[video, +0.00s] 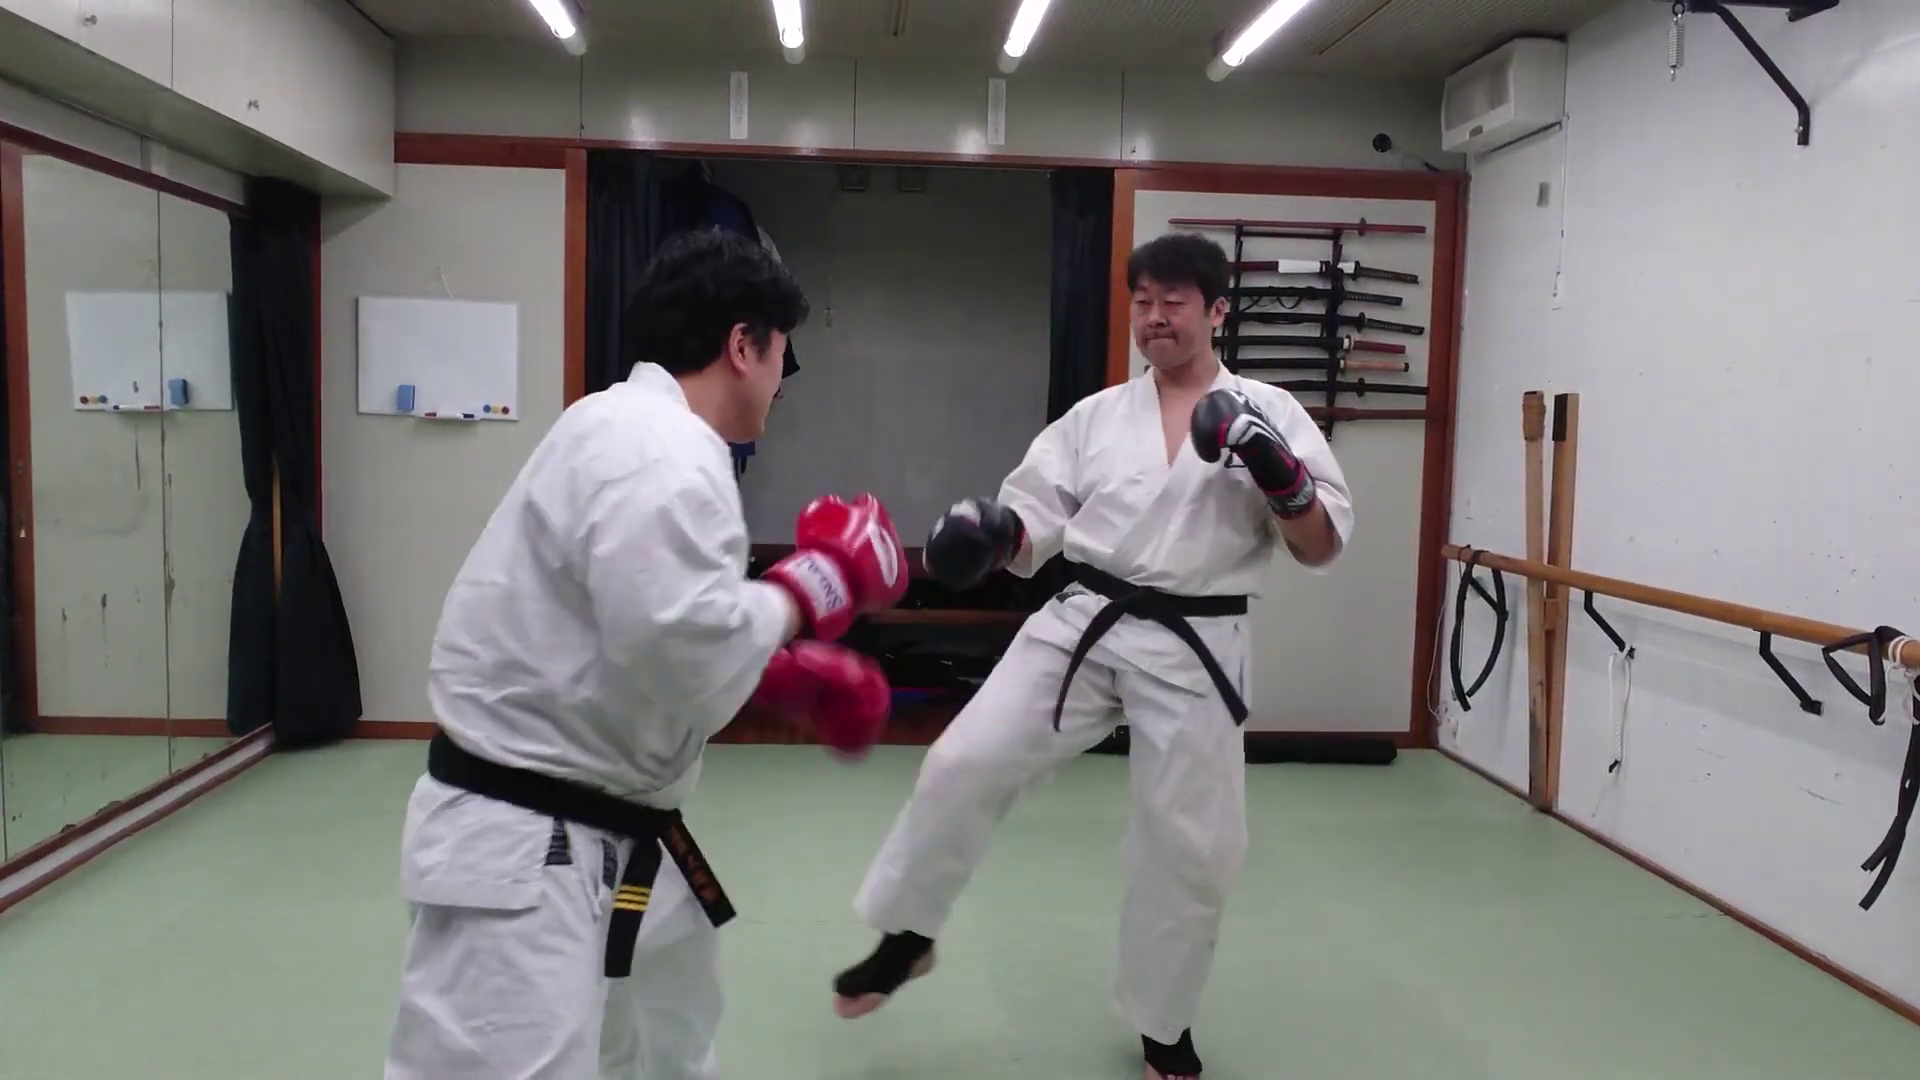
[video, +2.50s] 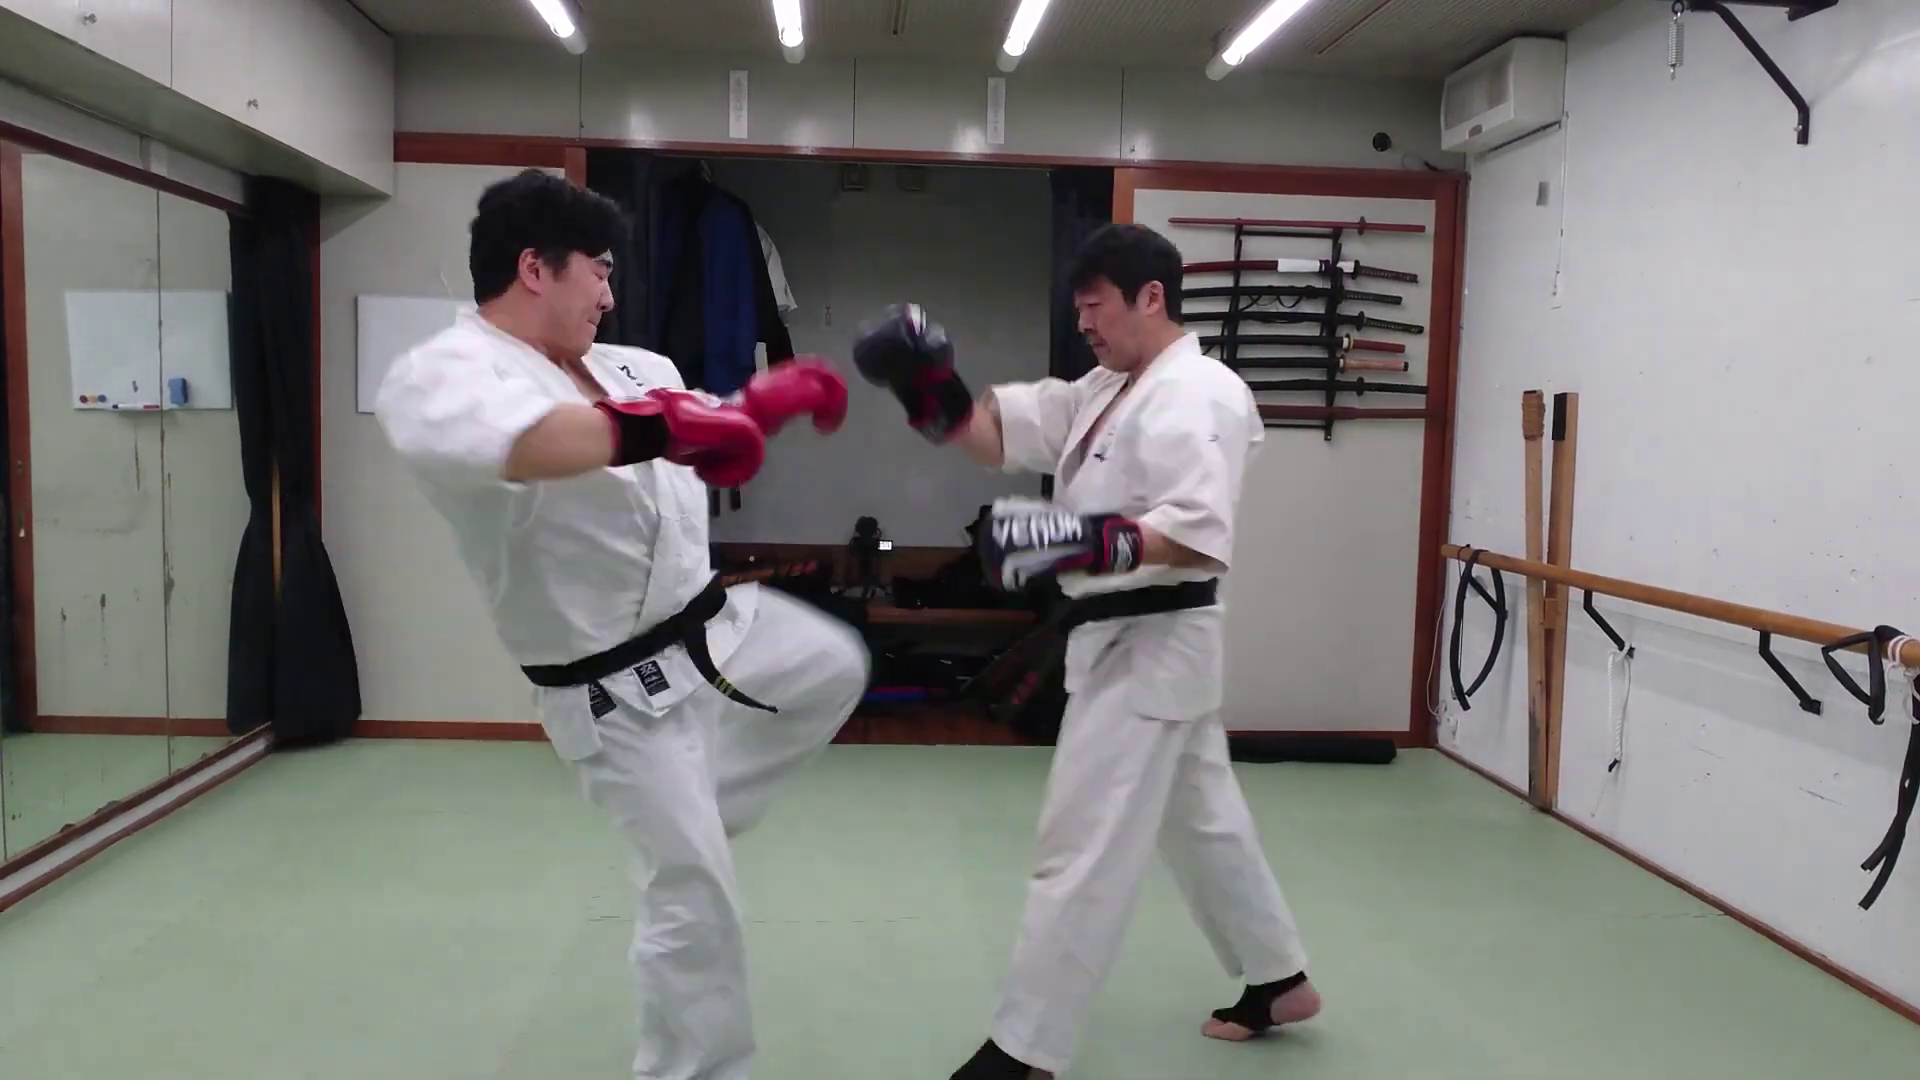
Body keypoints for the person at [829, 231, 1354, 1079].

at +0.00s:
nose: (1153, 319)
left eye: (1173, 304)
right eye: (1143, 303)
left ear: (1216, 312)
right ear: (1131, 311)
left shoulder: (1267, 415)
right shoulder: (1099, 415)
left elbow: (1322, 548)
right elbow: (1029, 521)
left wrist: (1279, 477)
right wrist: (984, 535)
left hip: (1197, 641)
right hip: (1080, 618)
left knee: (1197, 848)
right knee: (965, 762)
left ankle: (1164, 1029)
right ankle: (904, 937)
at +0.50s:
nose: (1059, 325)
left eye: (1071, 310)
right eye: (1049, 313)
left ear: (1109, 308)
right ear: (1040, 319)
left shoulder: (1170, 381)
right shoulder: (1045, 394)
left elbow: (1109, 361)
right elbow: (970, 433)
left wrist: (1105, 264)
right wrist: (917, 438)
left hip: (1139, 588)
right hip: (1058, 586)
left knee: (1017, 522)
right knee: (1056, 780)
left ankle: (1006, 728)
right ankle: (1067, 965)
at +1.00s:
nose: (1011, 308)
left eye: (1029, 293)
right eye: (1001, 293)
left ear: (1074, 298)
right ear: (992, 302)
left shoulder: (1125, 387)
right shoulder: (978, 410)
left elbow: (1201, 488)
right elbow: (978, 539)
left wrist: (1210, 579)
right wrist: (981, 624)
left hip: (1088, 599)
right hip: (1013, 608)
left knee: (1035, 724)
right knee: (1009, 773)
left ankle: (1082, 953)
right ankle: (1057, 960)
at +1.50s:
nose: (989, 360)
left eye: (1000, 343)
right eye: (983, 348)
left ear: (1049, 335)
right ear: (1052, 346)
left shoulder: (1036, 385)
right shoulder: (1075, 417)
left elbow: (986, 457)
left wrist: (941, 527)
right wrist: (884, 535)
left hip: (994, 551)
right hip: (1019, 602)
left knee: (862, 603)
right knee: (907, 787)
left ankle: (973, 783)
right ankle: (962, 987)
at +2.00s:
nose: (987, 327)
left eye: (996, 306)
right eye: (983, 312)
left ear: (1048, 299)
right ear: (1042, 307)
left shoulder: (1080, 377)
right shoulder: (1035, 392)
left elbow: (1045, 484)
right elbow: (971, 509)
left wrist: (946, 431)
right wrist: (898, 472)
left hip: (998, 593)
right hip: (982, 592)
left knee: (914, 807)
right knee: (957, 811)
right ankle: (953, 1016)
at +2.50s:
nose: (1085, 328)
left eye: (1094, 309)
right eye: (1080, 313)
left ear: (1152, 298)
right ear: (1140, 304)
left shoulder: (1199, 395)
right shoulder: (1107, 387)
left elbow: (1193, 536)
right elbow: (998, 431)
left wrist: (1081, 540)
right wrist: (931, 388)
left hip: (1155, 647)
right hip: (1121, 640)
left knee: (1082, 849)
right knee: (1202, 819)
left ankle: (1023, 1051)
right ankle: (1278, 984)